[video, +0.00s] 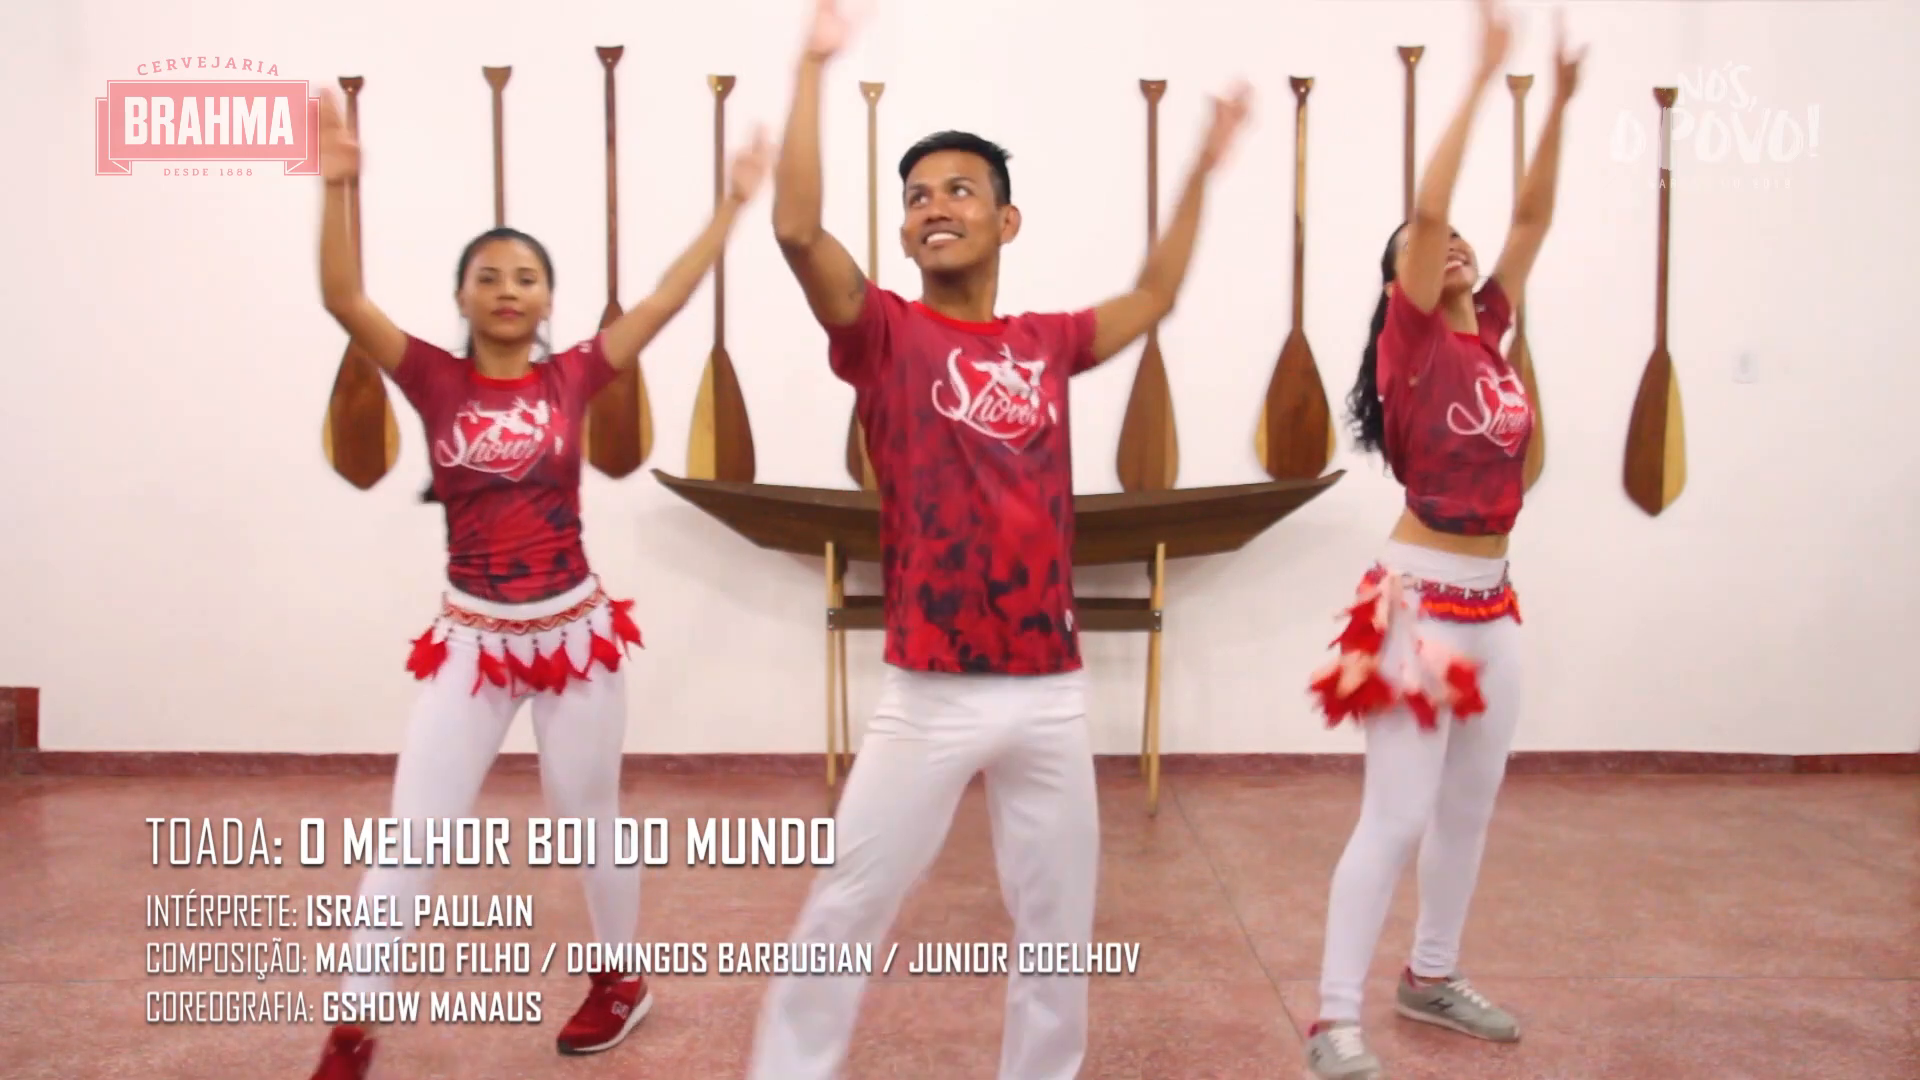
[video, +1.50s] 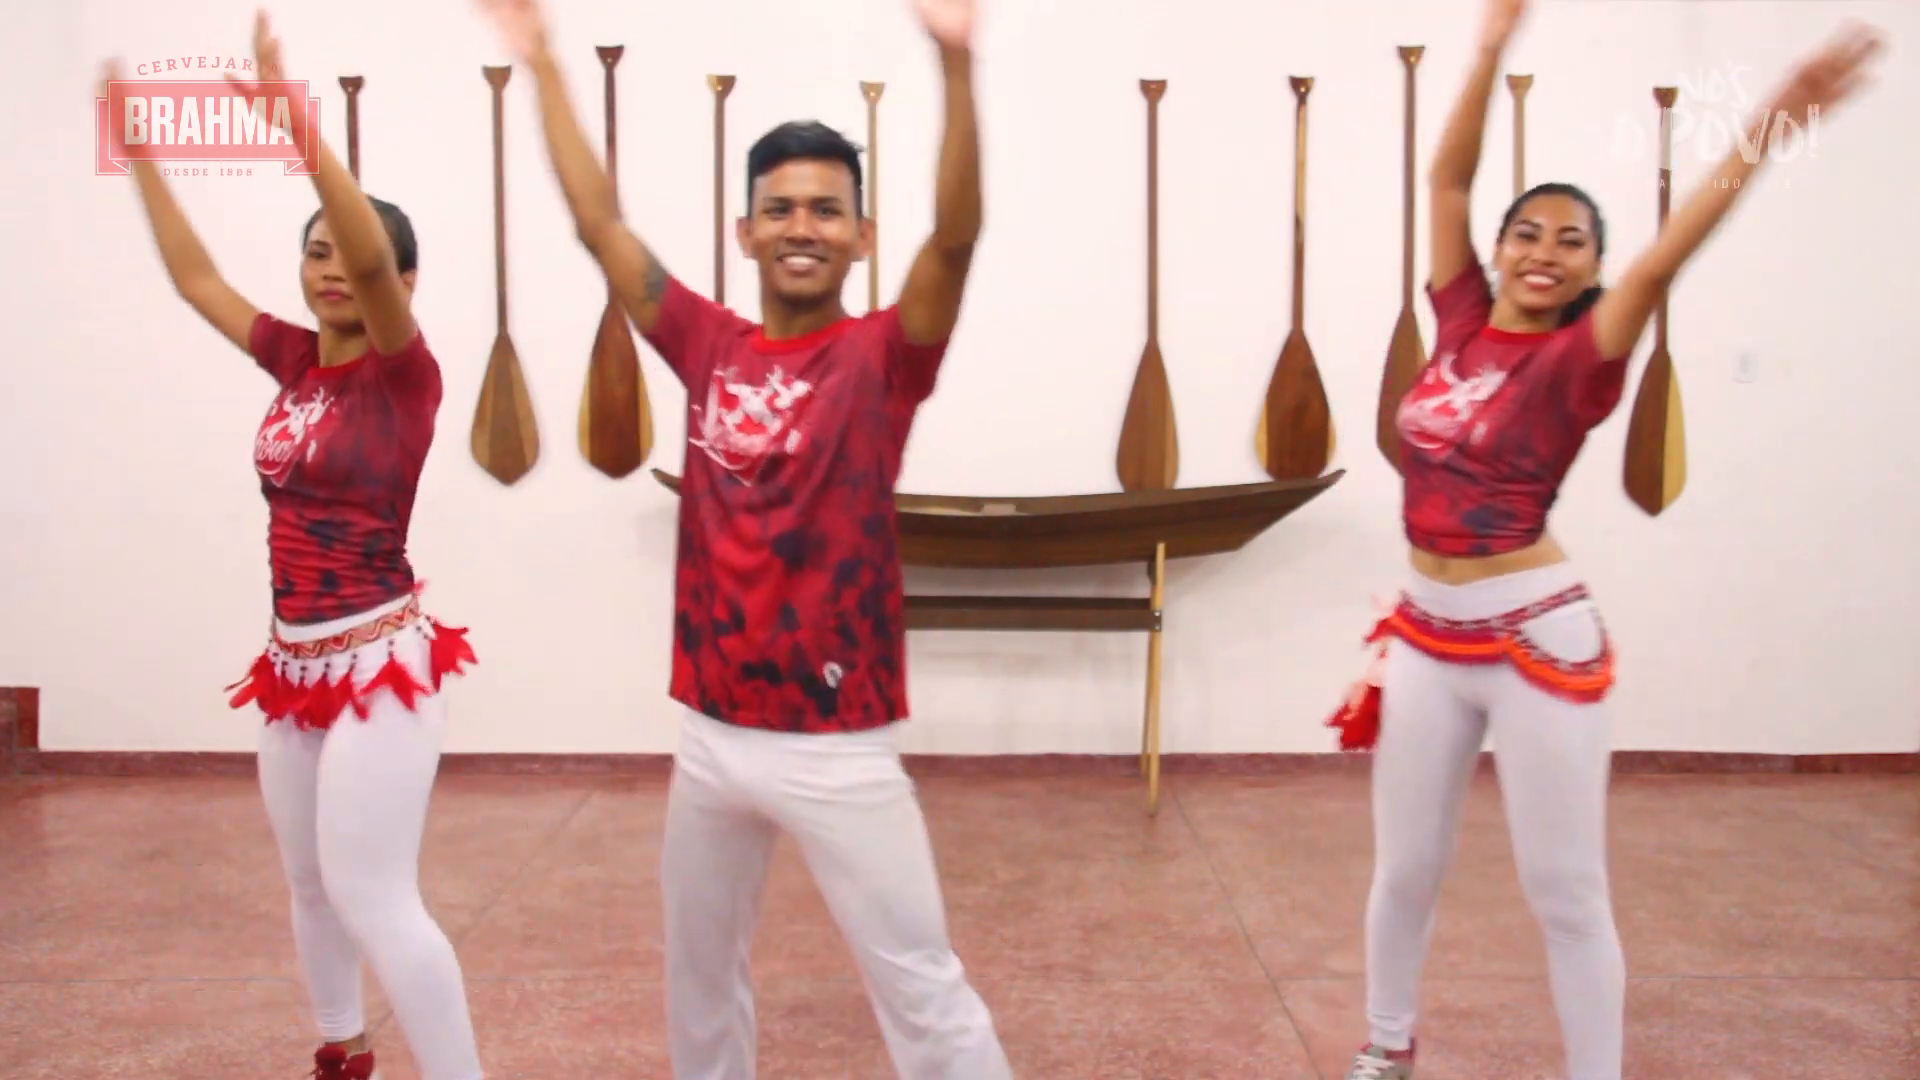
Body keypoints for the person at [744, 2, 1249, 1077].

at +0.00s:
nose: (937, 206)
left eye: (961, 189)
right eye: (920, 194)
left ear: (1009, 221)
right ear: (902, 228)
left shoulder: (1046, 343)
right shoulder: (883, 333)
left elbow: (1155, 293)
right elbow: (799, 231)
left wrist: (1205, 166)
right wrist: (813, 60)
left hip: (1046, 693)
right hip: (925, 694)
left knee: (1059, 948)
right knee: (841, 923)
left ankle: (1039, 1079)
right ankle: (783, 1076)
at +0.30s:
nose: (881, 228)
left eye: (905, 213)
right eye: (864, 213)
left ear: (946, 241)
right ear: (840, 236)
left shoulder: (971, 351)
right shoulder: (813, 343)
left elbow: (1065, 251)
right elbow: (727, 233)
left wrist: (1048, 111)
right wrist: (626, 106)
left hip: (969, 701)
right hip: (849, 705)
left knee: (1006, 941)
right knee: (783, 947)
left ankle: (1018, 1076)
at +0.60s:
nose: (814, 246)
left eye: (838, 228)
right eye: (795, 222)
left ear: (870, 239)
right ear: (762, 225)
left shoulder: (889, 348)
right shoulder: (701, 328)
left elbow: (1005, 259)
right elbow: (568, 252)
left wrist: (970, 128)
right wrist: (443, 152)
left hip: (849, 709)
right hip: (713, 707)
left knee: (932, 939)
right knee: (695, 961)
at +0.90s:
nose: (774, 242)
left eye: (798, 222)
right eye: (754, 219)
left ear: (829, 237)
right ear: (717, 225)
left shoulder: (854, 352)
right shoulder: (664, 331)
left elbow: (953, 288)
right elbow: (508, 301)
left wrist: (867, 174)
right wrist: (356, 243)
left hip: (790, 716)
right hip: (670, 705)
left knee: (774, 966)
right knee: (684, 967)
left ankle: (775, 1078)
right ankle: (712, 1074)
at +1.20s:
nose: (758, 225)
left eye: (781, 205)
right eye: (737, 204)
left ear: (817, 223)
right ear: (703, 219)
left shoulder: (844, 344)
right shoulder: (653, 344)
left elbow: (909, 226)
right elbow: (503, 289)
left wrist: (789, 82)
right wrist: (365, 189)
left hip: (801, 724)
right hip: (681, 717)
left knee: (801, 960)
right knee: (677, 966)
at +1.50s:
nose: (802, 225)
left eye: (825, 208)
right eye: (778, 207)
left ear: (861, 236)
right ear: (745, 234)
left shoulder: (886, 356)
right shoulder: (713, 349)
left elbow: (955, 237)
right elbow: (599, 223)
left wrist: (957, 63)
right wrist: (540, 57)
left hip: (843, 751)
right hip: (714, 742)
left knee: (927, 1008)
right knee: (701, 997)